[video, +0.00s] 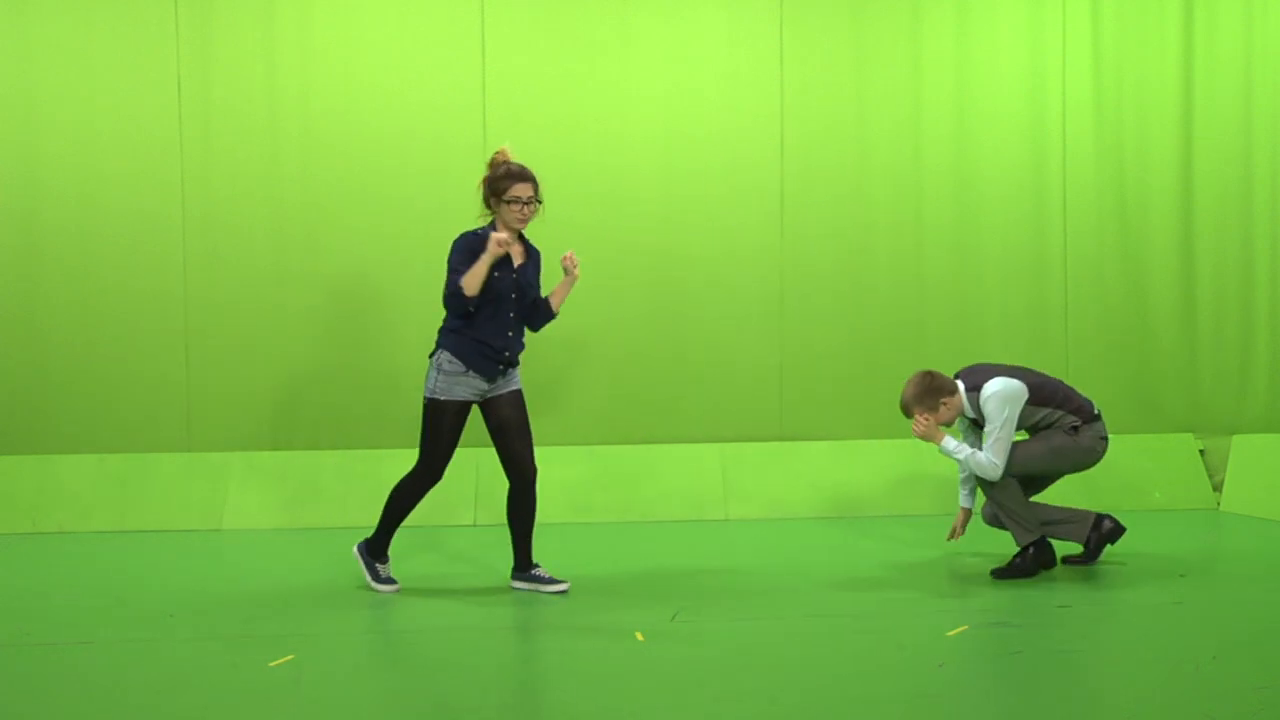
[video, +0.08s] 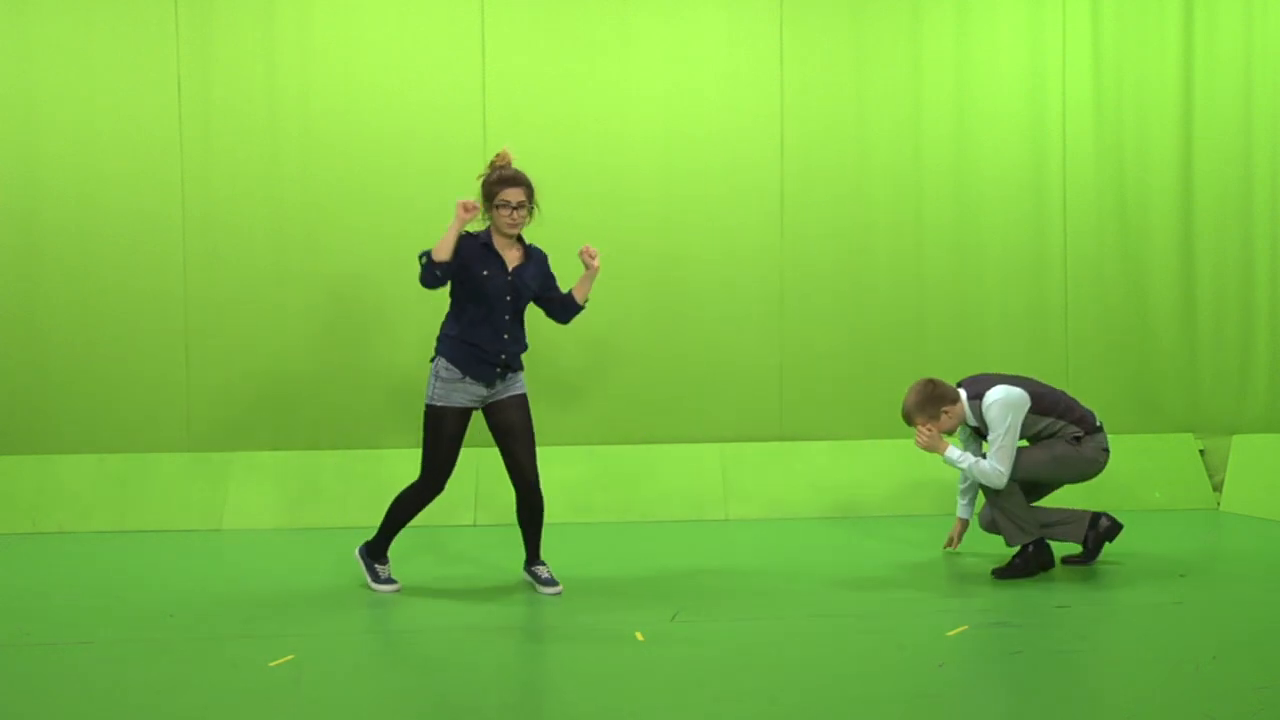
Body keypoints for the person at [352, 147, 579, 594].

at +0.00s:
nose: (524, 210)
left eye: (531, 203)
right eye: (515, 202)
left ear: (537, 206)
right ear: (495, 203)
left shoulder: (529, 254)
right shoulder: (470, 244)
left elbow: (535, 318)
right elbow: (457, 303)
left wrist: (566, 283)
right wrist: (490, 256)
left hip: (502, 372)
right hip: (456, 367)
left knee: (524, 472)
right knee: (430, 469)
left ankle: (524, 568)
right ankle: (374, 549)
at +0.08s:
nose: (513, 213)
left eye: (520, 206)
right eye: (504, 206)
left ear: (530, 209)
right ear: (488, 209)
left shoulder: (534, 259)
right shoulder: (467, 247)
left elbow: (562, 311)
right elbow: (429, 277)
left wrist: (590, 274)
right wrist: (457, 224)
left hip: (506, 377)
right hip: (455, 372)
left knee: (527, 478)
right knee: (434, 479)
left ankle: (534, 562)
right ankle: (375, 550)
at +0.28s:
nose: (496, 215)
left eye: (504, 208)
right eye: (488, 208)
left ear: (516, 214)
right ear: (475, 215)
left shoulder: (539, 262)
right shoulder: (456, 254)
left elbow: (600, 262)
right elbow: (401, 212)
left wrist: (599, 207)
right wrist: (412, 150)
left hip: (520, 387)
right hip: (464, 389)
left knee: (535, 488)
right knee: (444, 493)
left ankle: (533, 563)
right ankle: (375, 551)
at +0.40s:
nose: (490, 181)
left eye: (498, 173)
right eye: (482, 174)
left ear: (513, 175)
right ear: (469, 178)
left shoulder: (539, 213)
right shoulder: (456, 216)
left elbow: (602, 190)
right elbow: (402, 175)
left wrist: (645, 148)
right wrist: (372, 124)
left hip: (521, 354)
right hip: (463, 354)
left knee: (529, 461)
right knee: (448, 459)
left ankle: (537, 551)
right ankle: (401, 539)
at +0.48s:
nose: (488, 169)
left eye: (495, 161)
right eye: (479, 162)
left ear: (509, 163)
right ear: (467, 166)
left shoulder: (534, 197)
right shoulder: (454, 207)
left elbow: (599, 182)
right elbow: (398, 182)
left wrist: (632, 131)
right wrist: (378, 123)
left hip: (522, 338)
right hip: (464, 338)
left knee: (525, 451)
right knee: (455, 450)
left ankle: (532, 547)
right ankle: (423, 539)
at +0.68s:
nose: (480, 208)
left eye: (488, 200)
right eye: (471, 201)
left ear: (501, 205)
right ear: (460, 207)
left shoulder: (524, 237)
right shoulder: (449, 248)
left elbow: (591, 238)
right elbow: (409, 224)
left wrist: (566, 186)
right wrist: (433, 171)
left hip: (524, 378)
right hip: (471, 384)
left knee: (511, 486)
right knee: (472, 490)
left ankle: (526, 573)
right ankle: (465, 569)